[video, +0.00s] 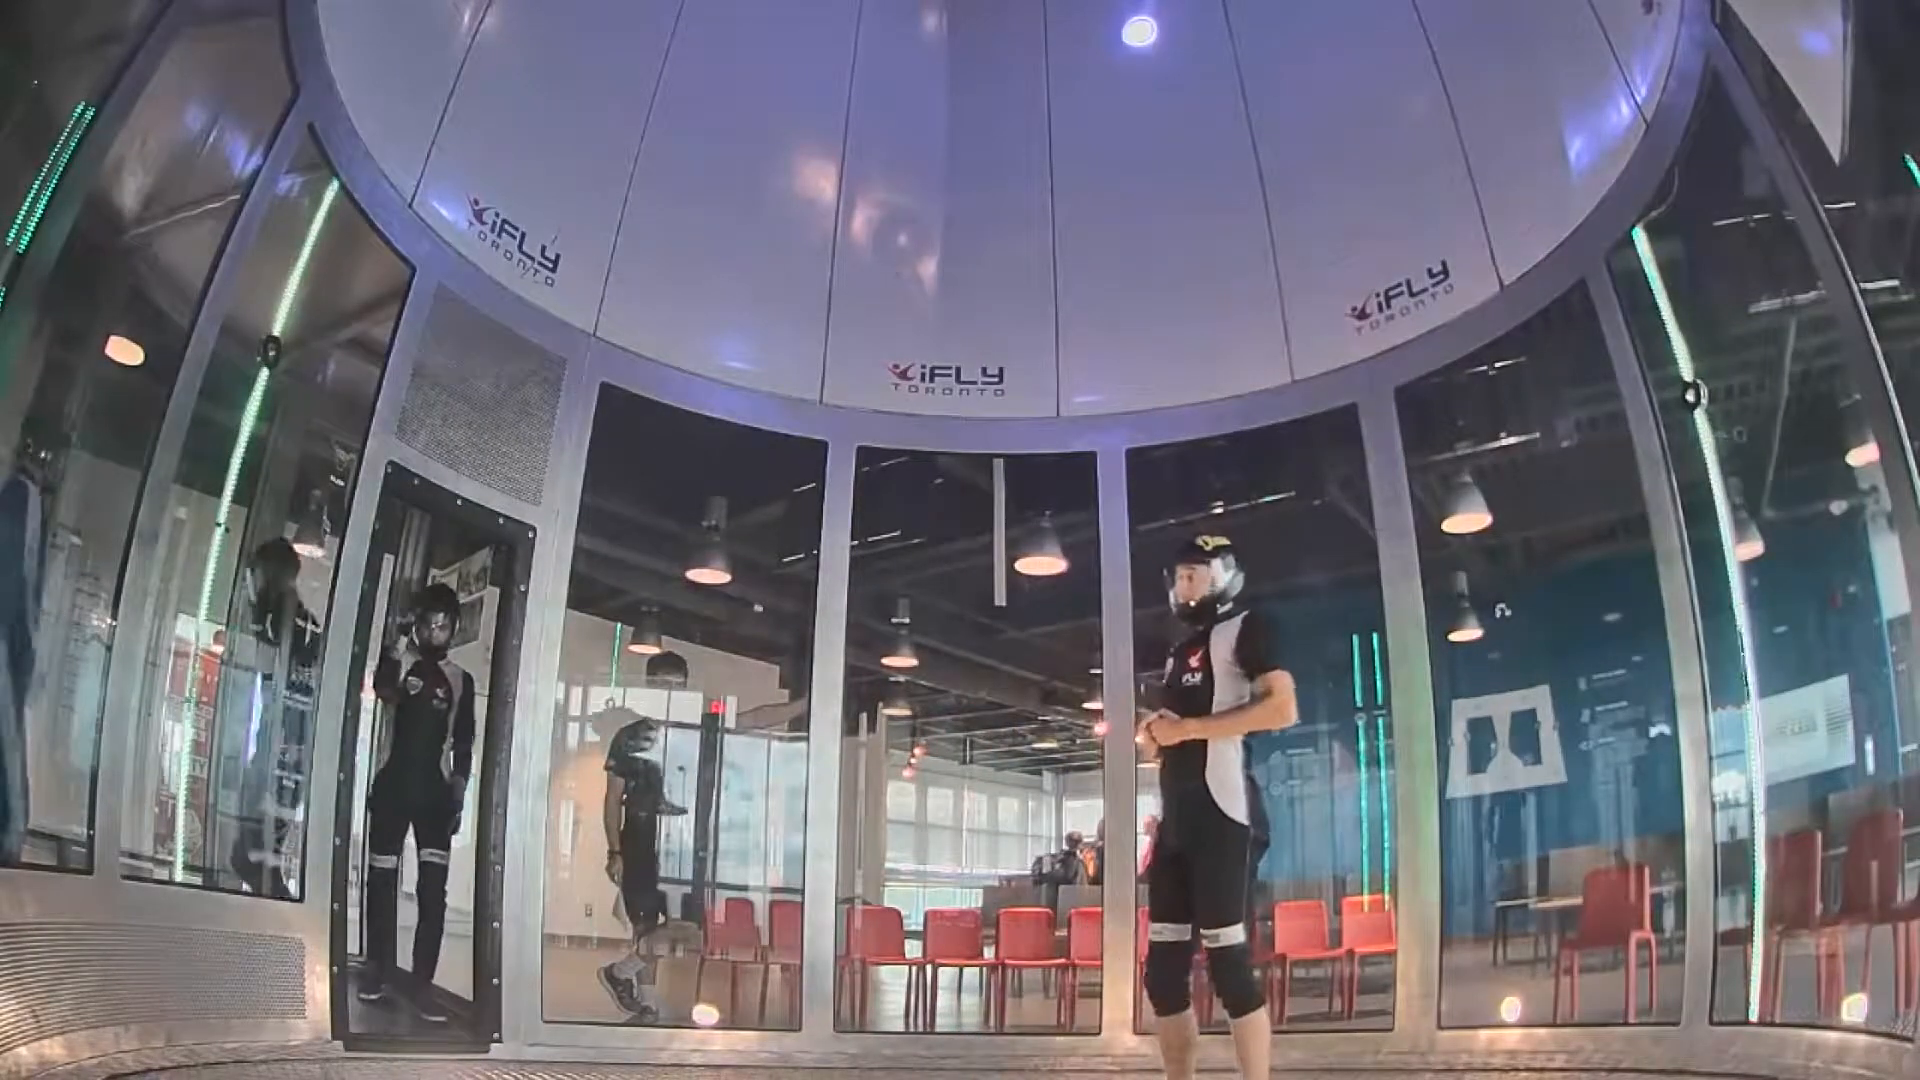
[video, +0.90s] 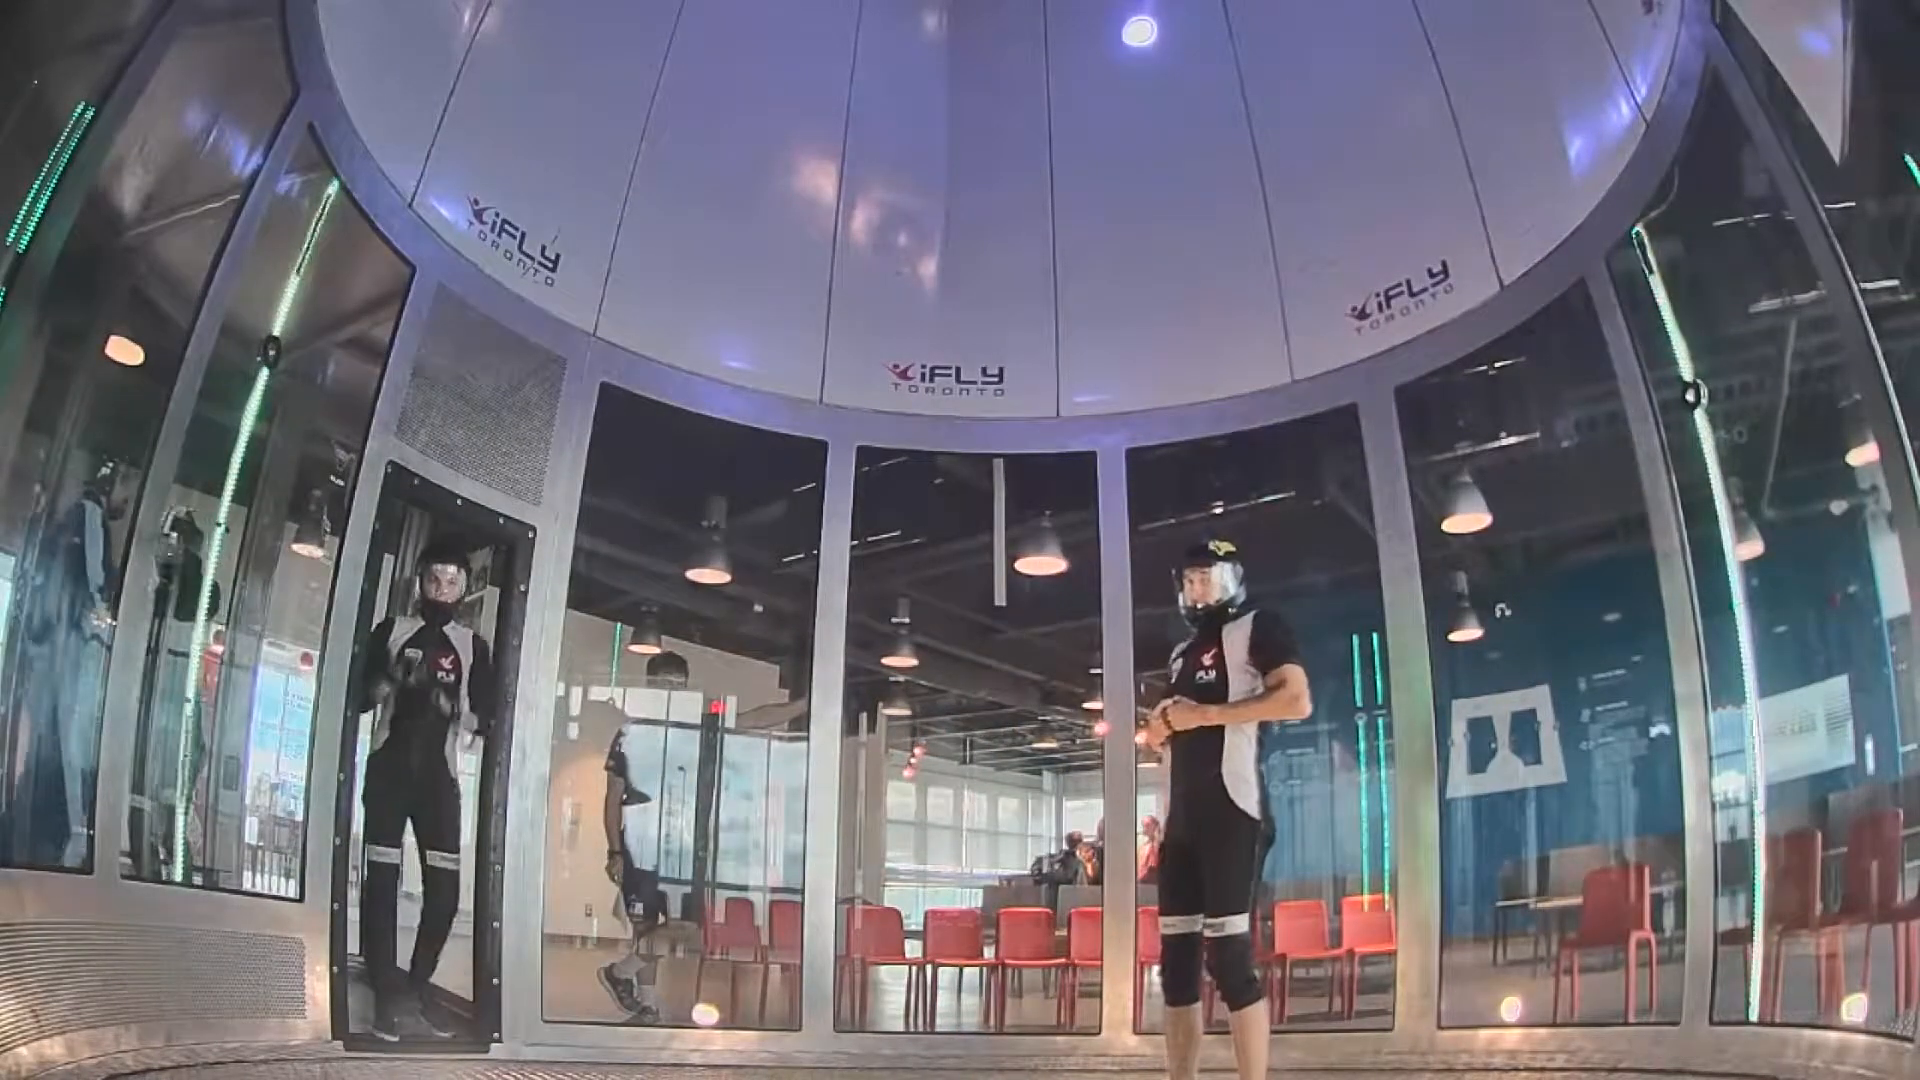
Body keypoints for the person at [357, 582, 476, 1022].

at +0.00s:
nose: (438, 632)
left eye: (445, 624)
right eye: (431, 623)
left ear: (455, 628)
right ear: (418, 625)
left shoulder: (462, 680)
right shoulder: (401, 666)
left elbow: (464, 738)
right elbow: (386, 690)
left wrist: (459, 784)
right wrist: (398, 647)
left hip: (436, 790)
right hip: (393, 784)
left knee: (433, 891)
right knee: (382, 883)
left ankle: (422, 984)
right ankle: (379, 971)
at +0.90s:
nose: (443, 587)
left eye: (452, 580)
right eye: (435, 577)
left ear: (464, 587)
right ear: (421, 581)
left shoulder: (475, 645)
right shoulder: (389, 633)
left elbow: (490, 717)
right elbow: (355, 702)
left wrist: (459, 703)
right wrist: (391, 673)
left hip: (439, 776)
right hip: (387, 771)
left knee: (445, 891)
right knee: (381, 883)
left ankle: (419, 994)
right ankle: (387, 1000)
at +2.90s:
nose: (611, 634)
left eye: (621, 626)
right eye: (607, 626)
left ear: (643, 633)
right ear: (601, 633)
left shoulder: (656, 688)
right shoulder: (601, 694)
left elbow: (669, 766)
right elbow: (595, 760)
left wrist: (608, 788)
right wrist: (574, 778)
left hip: (625, 824)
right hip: (586, 819)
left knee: (616, 945)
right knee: (569, 939)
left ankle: (621, 1062)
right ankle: (578, 1056)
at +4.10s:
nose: (563, 620)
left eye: (573, 612)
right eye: (556, 612)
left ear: (593, 617)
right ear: (549, 619)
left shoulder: (606, 671)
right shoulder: (550, 676)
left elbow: (570, 731)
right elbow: (529, 740)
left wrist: (533, 694)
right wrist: (518, 710)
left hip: (580, 820)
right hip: (539, 817)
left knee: (579, 933)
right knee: (539, 931)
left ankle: (612, 1053)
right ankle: (572, 1051)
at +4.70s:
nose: (552, 624)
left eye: (560, 614)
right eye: (551, 615)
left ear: (587, 614)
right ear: (569, 617)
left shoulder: (612, 672)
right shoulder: (557, 678)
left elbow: (627, 748)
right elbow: (552, 744)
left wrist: (557, 746)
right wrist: (512, 746)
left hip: (586, 817)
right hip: (545, 813)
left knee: (587, 934)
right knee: (545, 930)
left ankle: (614, 1055)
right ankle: (575, 1052)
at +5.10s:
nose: (577, 630)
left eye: (587, 622)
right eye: (575, 621)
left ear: (615, 625)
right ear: (583, 623)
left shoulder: (626, 686)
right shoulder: (574, 685)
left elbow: (586, 755)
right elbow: (559, 753)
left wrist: (536, 726)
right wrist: (515, 728)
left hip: (593, 827)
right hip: (555, 821)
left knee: (587, 942)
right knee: (551, 939)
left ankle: (616, 1060)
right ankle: (577, 1055)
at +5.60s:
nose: (612, 629)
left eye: (622, 620)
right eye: (606, 620)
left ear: (647, 625)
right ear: (599, 625)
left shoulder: (663, 681)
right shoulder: (590, 680)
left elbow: (660, 764)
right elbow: (555, 728)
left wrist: (608, 759)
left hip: (621, 826)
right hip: (568, 819)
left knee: (622, 946)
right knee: (551, 944)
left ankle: (640, 1067)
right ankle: (575, 1053)